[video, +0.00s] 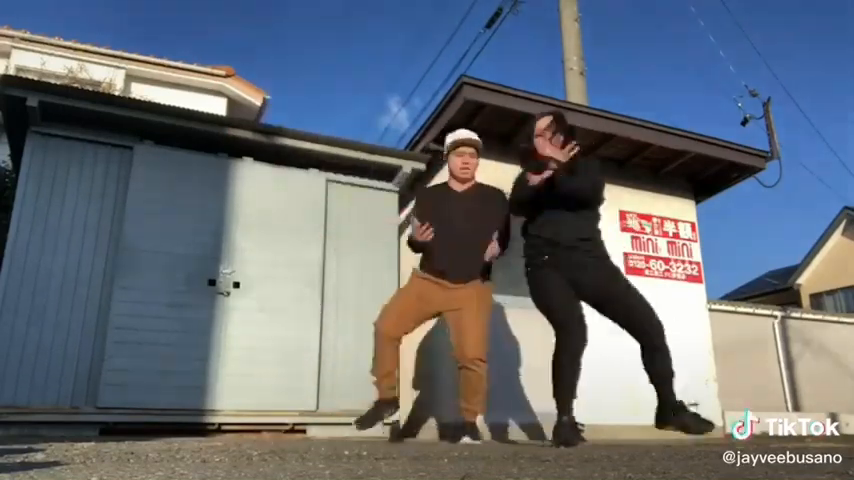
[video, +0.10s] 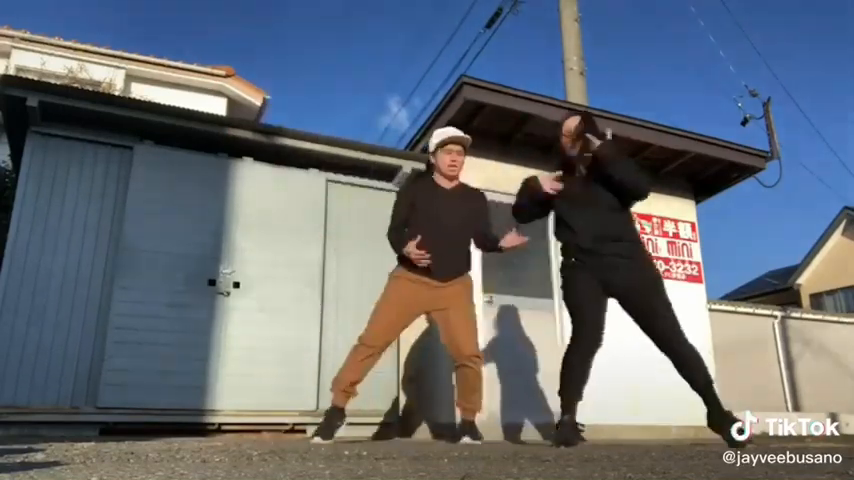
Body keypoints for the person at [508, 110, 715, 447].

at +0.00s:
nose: (539, 140)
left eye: (546, 134)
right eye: (536, 136)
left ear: (565, 139)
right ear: (532, 143)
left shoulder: (586, 166)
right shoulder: (529, 176)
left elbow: (591, 194)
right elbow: (517, 205)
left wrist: (553, 174)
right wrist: (542, 179)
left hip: (590, 263)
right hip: (546, 267)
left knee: (649, 327)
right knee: (571, 331)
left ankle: (668, 408)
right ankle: (565, 420)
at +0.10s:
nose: (571, 142)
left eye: (578, 136)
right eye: (566, 137)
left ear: (592, 139)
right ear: (561, 141)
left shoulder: (612, 166)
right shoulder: (557, 179)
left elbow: (640, 189)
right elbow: (523, 214)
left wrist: (603, 152)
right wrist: (535, 188)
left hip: (629, 263)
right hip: (582, 267)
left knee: (673, 340)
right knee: (586, 337)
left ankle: (717, 412)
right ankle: (567, 419)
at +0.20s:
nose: (598, 145)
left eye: (604, 138)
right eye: (593, 140)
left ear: (620, 138)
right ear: (588, 143)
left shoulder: (649, 172)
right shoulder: (585, 188)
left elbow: (698, 164)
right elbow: (549, 214)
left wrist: (667, 145)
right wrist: (522, 210)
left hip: (664, 267)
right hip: (614, 272)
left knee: (695, 344)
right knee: (599, 340)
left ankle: (725, 420)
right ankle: (571, 416)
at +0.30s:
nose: (615, 132)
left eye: (621, 125)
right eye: (609, 128)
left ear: (636, 127)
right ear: (606, 135)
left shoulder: (678, 156)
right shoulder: (605, 175)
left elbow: (718, 144)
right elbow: (570, 206)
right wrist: (531, 215)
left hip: (682, 260)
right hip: (633, 261)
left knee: (703, 341)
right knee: (612, 332)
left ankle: (725, 422)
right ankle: (585, 412)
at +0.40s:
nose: (630, 125)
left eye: (635, 117)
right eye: (623, 122)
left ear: (652, 119)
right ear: (619, 132)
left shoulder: (689, 148)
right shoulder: (623, 168)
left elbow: (728, 125)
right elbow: (579, 191)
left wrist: (762, 92)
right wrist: (535, 199)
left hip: (692, 258)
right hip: (644, 258)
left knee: (708, 338)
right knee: (627, 329)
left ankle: (725, 422)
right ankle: (594, 409)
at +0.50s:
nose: (638, 124)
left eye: (644, 116)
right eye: (632, 120)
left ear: (660, 117)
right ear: (628, 128)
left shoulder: (695, 148)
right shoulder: (630, 164)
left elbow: (733, 120)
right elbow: (581, 183)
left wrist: (762, 94)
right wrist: (530, 190)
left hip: (696, 257)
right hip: (650, 256)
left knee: (708, 338)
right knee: (628, 329)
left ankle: (724, 421)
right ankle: (598, 408)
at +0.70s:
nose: (632, 128)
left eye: (636, 120)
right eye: (627, 124)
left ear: (656, 120)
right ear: (626, 131)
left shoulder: (695, 152)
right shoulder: (628, 166)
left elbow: (733, 128)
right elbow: (579, 189)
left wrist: (766, 97)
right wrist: (523, 185)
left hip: (690, 263)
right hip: (642, 259)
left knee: (700, 344)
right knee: (622, 333)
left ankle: (720, 424)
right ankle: (602, 413)